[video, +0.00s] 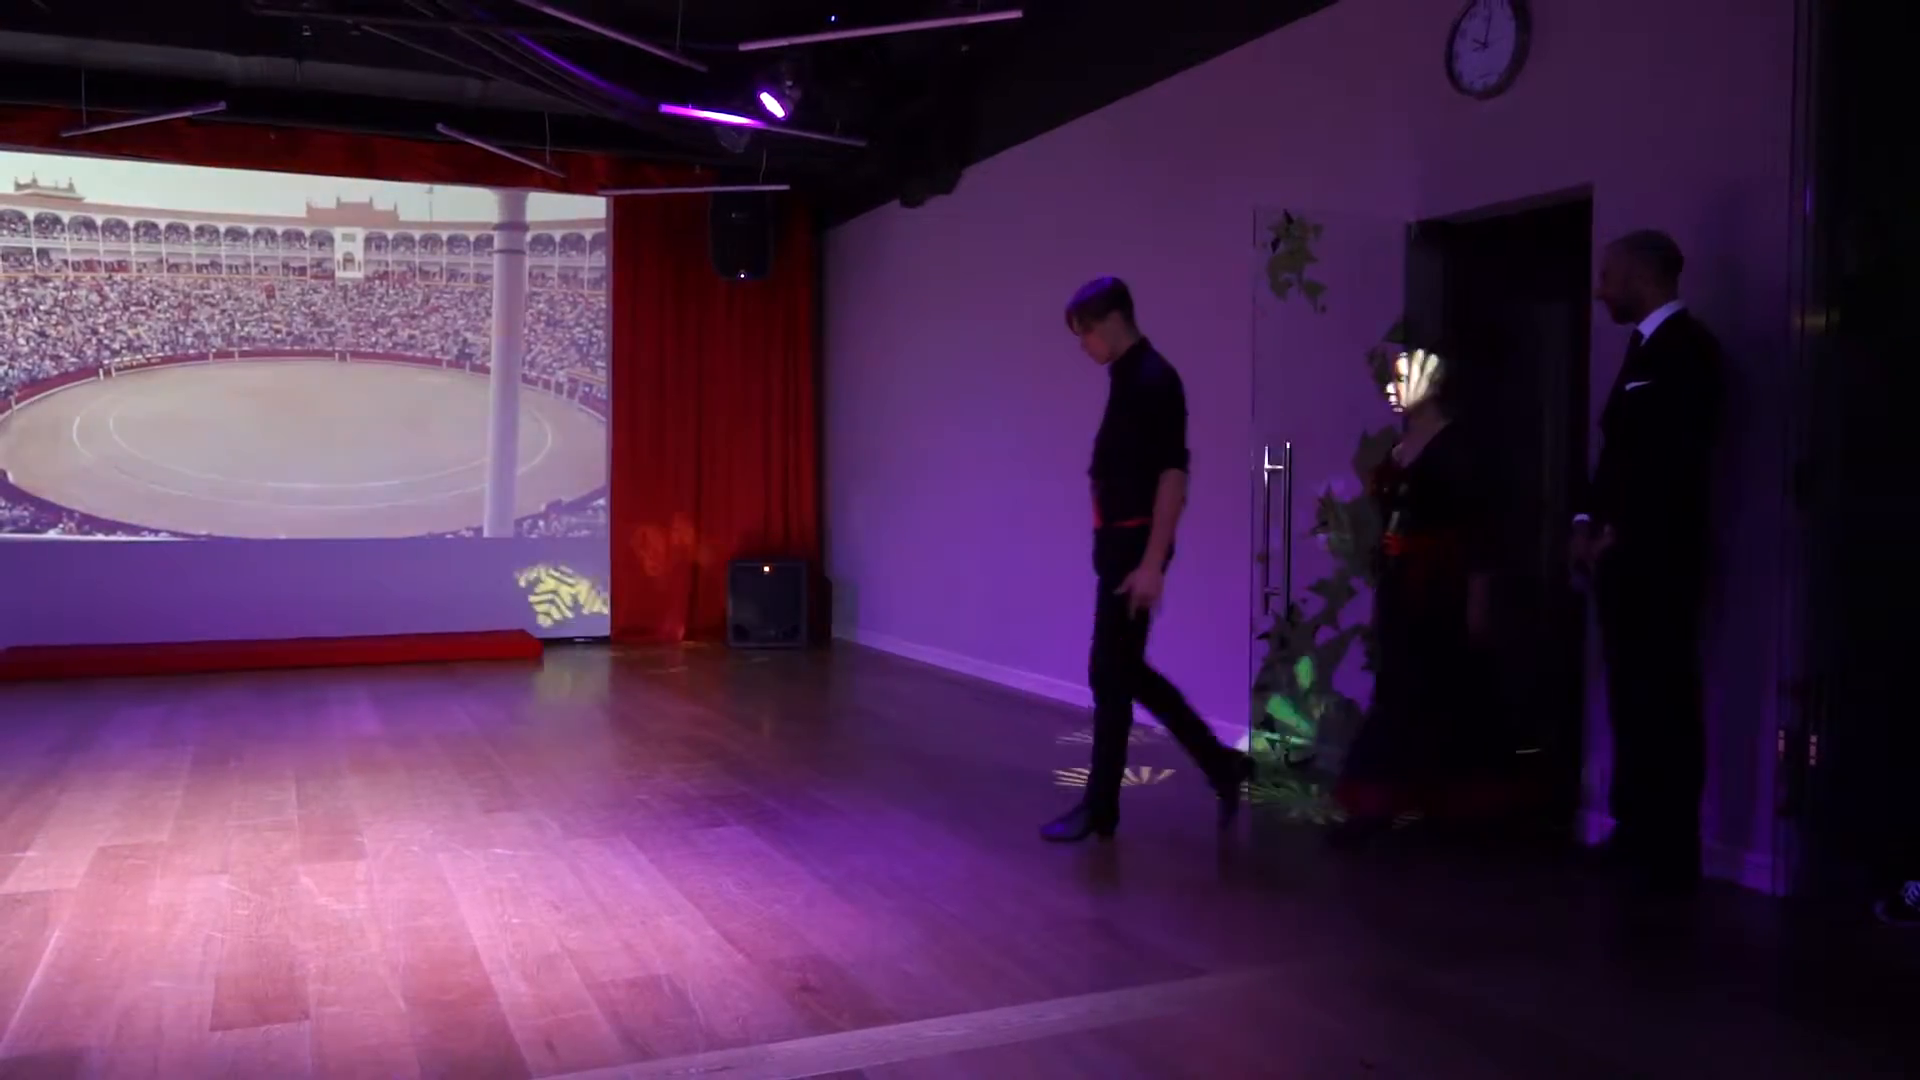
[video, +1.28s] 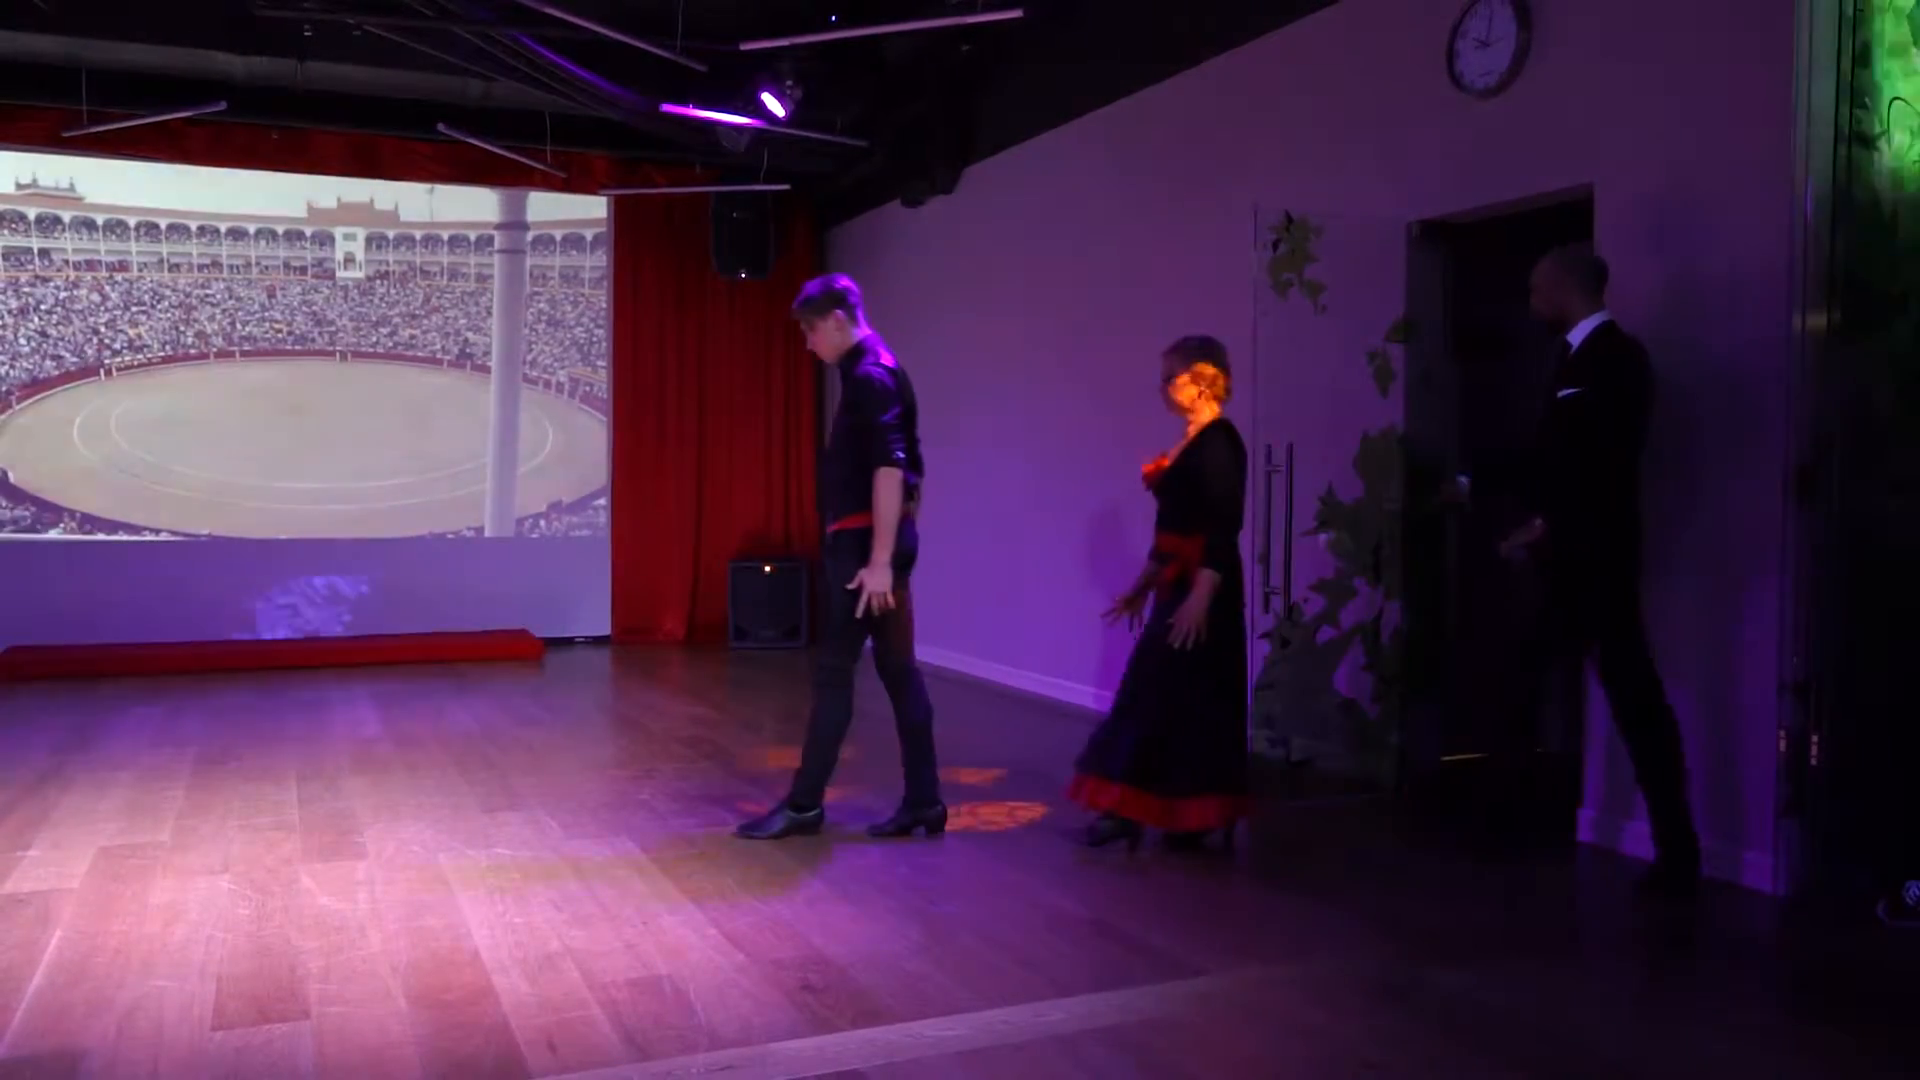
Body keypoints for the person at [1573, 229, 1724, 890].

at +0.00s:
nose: (1604, 288)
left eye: (1613, 274)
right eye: (1605, 274)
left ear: (1646, 277)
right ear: (1653, 276)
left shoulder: (1683, 351)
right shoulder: (1646, 349)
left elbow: (1661, 464)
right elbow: (1614, 452)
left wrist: (1617, 530)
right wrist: (1587, 516)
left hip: (1664, 558)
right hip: (1634, 556)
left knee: (1660, 703)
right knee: (1638, 702)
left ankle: (1664, 851)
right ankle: (1639, 842)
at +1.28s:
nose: (1534, 301)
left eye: (1541, 288)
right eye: (1535, 289)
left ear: (1570, 288)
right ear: (1584, 287)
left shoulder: (1598, 361)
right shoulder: (1601, 356)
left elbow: (1585, 470)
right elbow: (1584, 469)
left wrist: (1547, 525)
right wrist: (1546, 525)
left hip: (1595, 552)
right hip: (1590, 549)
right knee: (1634, 695)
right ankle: (1675, 847)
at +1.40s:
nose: (1504, 302)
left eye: (1511, 290)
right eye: (1505, 290)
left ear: (1538, 291)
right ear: (1548, 290)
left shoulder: (1579, 358)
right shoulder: (1554, 356)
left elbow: (1573, 468)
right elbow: (1560, 467)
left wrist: (1532, 534)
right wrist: (1528, 532)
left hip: (1578, 550)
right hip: (1565, 548)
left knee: (1617, 692)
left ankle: (1669, 846)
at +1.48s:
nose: (1483, 304)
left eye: (1490, 292)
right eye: (1484, 292)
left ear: (1520, 292)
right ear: (1526, 293)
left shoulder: (1562, 356)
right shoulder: (1537, 356)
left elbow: (1560, 466)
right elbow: (1545, 464)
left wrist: (1525, 539)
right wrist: (1518, 535)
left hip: (1567, 547)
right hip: (1553, 545)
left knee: (1598, 690)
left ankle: (1656, 842)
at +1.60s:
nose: (1460, 308)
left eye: (1465, 294)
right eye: (1460, 295)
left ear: (1492, 292)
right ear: (1497, 291)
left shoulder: (1547, 352)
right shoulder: (1498, 358)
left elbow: (1552, 459)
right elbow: (1445, 424)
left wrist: (1523, 537)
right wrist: (1356, 442)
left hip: (1556, 545)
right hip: (1516, 544)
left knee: (1580, 689)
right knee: (1503, 683)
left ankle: (1620, 838)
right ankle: (1504, 822)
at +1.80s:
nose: (1440, 304)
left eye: (1445, 291)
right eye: (1439, 293)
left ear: (1475, 288)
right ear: (1468, 291)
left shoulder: (1534, 350)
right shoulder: (1483, 358)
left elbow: (1549, 454)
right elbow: (1424, 422)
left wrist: (1531, 536)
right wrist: (1336, 441)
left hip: (1536, 554)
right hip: (1491, 549)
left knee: (1547, 692)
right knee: (1496, 688)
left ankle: (1560, 836)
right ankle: (1503, 825)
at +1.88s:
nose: (1437, 302)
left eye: (1443, 289)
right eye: (1436, 291)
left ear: (1475, 286)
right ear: (1464, 290)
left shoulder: (1530, 350)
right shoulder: (1480, 359)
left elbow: (1547, 451)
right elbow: (1419, 426)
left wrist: (1532, 535)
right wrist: (1334, 445)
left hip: (1532, 553)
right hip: (1489, 547)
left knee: (1530, 687)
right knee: (1493, 683)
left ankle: (1533, 832)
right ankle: (1491, 819)